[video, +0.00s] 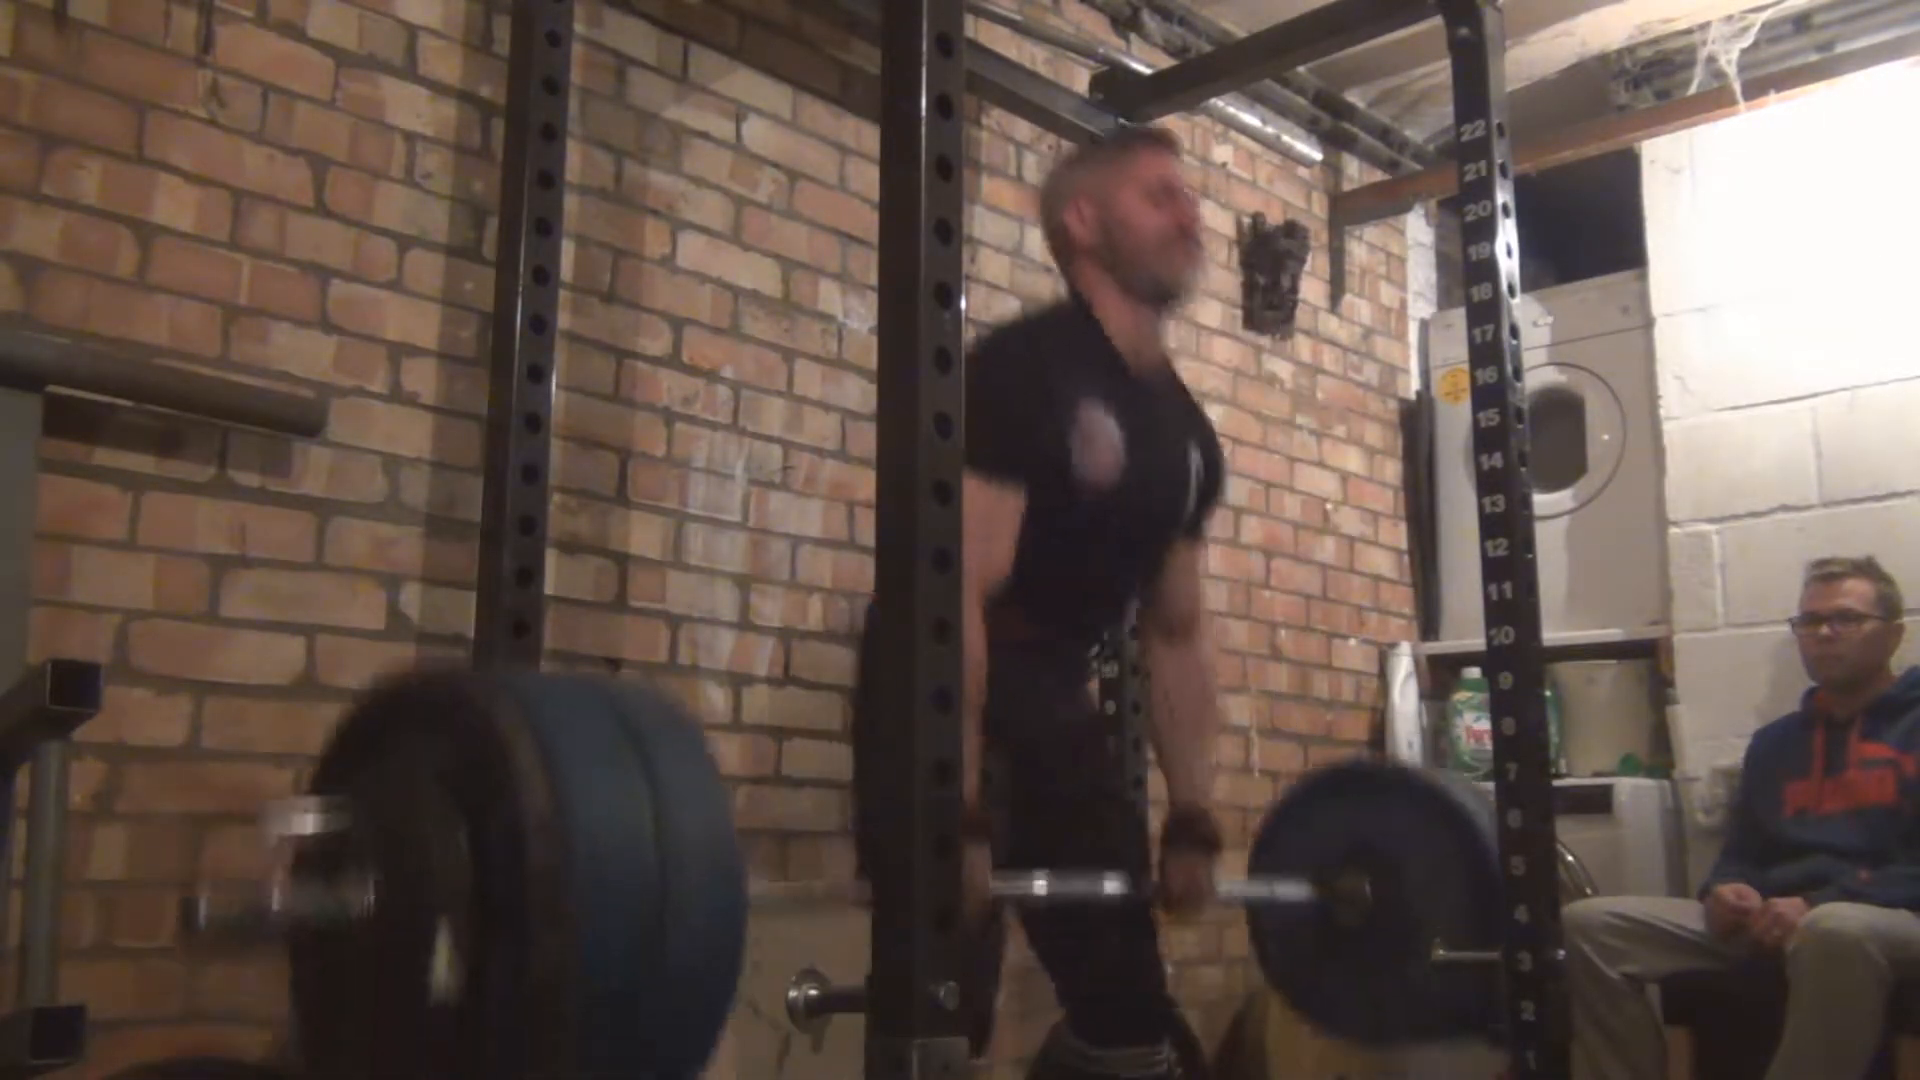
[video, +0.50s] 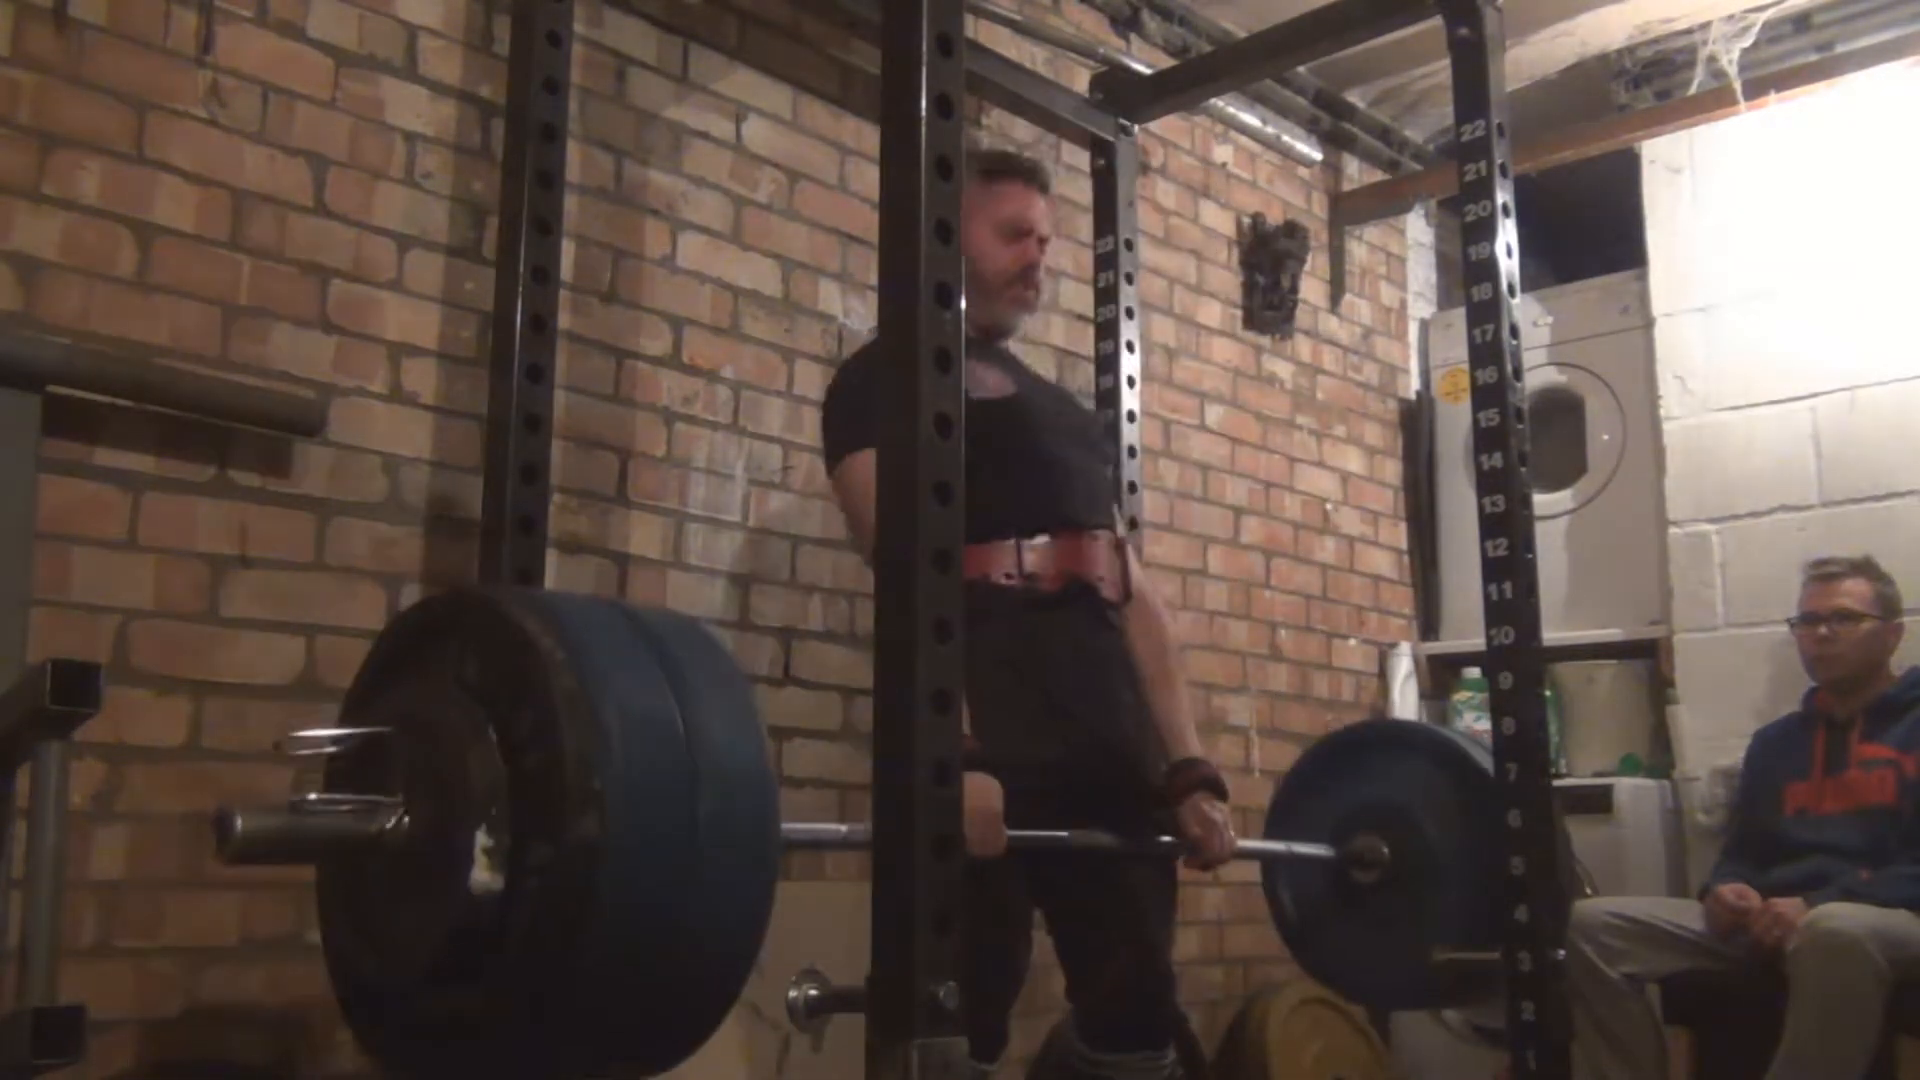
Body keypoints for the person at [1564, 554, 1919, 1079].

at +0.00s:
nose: (1824, 634)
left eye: (1846, 619)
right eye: (1810, 621)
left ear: (1894, 635)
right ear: (1796, 634)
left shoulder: (1914, 720)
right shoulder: (1774, 742)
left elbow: (1915, 870)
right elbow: (1740, 851)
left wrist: (1818, 904)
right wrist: (1725, 891)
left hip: (1893, 918)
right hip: (1767, 917)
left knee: (1833, 936)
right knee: (1588, 928)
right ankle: (1627, 1072)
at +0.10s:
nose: (1824, 634)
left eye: (1846, 619)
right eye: (1810, 621)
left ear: (1894, 635)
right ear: (1796, 634)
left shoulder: (1914, 721)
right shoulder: (1774, 742)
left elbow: (1915, 870)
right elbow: (1740, 851)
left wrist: (1818, 904)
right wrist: (1725, 891)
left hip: (1893, 918)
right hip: (1767, 918)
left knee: (1833, 936)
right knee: (1588, 928)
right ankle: (1627, 1072)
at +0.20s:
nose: (1823, 634)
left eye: (1845, 619)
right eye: (1810, 620)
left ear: (1894, 635)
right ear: (1796, 633)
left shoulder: (1914, 721)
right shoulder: (1774, 743)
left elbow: (1915, 872)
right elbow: (1739, 854)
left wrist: (1817, 905)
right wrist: (1724, 893)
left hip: (1893, 919)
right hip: (1766, 918)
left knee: (1834, 936)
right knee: (1588, 929)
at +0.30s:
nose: (1824, 634)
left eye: (1845, 619)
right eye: (1810, 621)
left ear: (1894, 634)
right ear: (1796, 634)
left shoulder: (1914, 721)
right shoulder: (1775, 743)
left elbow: (1915, 870)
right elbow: (1740, 852)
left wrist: (1816, 905)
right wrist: (1725, 890)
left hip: (1894, 918)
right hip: (1767, 917)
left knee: (1833, 936)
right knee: (1589, 927)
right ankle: (1627, 1073)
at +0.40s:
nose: (1821, 634)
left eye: (1842, 619)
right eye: (1808, 621)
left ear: (1893, 634)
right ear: (1795, 633)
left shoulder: (1913, 721)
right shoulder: (1775, 742)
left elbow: (1914, 872)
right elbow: (1740, 852)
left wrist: (1816, 905)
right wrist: (1725, 890)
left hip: (1892, 920)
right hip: (1766, 917)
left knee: (1833, 936)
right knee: (1589, 928)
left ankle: (1799, 1073)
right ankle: (1634, 1073)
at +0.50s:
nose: (1821, 634)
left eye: (1842, 619)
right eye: (1808, 620)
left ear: (1892, 634)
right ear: (1794, 633)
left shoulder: (1912, 722)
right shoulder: (1775, 742)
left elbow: (1913, 871)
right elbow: (1740, 852)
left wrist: (1817, 906)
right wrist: (1725, 890)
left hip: (1891, 919)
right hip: (1765, 918)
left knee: (1833, 936)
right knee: (1591, 928)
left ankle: (1799, 1073)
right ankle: (1633, 1073)